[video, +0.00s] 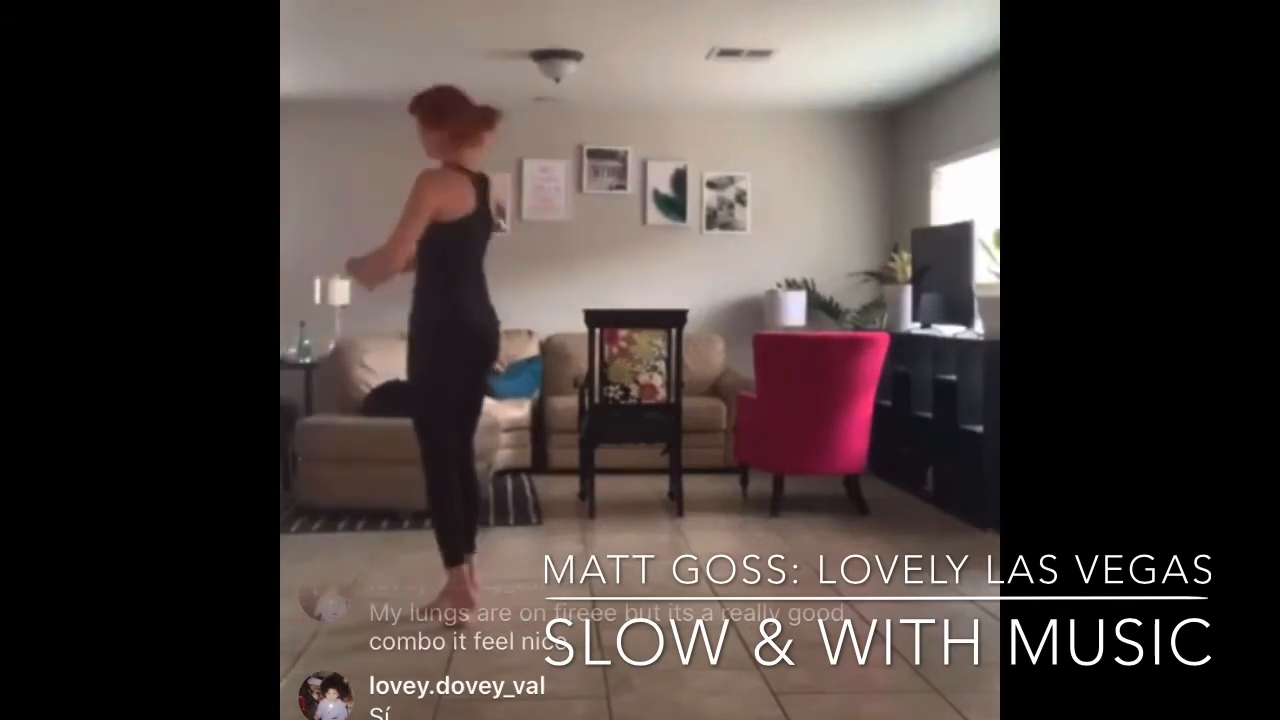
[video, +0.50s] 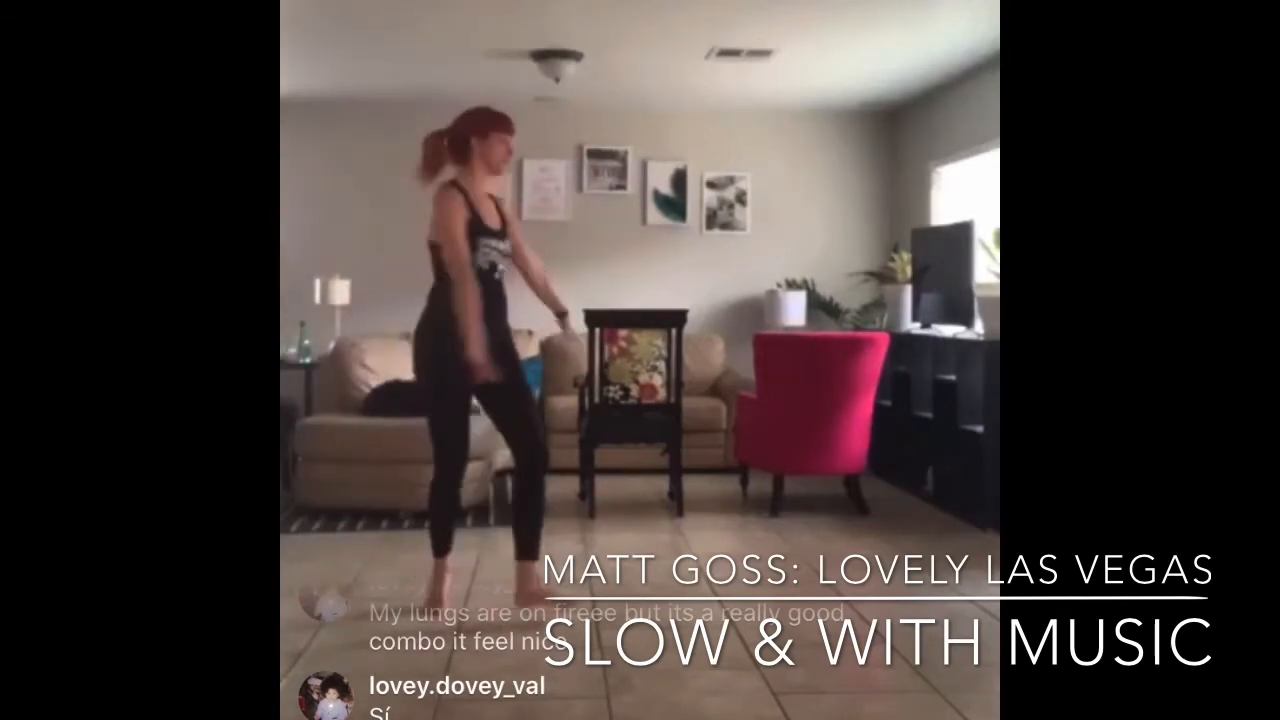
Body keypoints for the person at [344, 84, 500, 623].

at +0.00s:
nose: (421, 139)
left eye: (423, 130)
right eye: (420, 130)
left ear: (439, 130)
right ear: (466, 129)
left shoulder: (435, 183)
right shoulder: (481, 184)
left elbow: (396, 256)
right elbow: (441, 251)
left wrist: (360, 268)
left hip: (443, 333)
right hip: (478, 330)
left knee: (440, 454)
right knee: (456, 451)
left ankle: (459, 583)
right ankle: (464, 575)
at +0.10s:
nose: (422, 135)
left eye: (430, 126)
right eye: (423, 126)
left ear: (458, 131)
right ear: (447, 133)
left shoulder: (475, 183)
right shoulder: (441, 186)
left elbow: (464, 262)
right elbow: (414, 252)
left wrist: (406, 287)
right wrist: (375, 288)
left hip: (465, 331)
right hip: (439, 330)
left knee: (447, 454)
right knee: (443, 454)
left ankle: (476, 575)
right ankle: (462, 571)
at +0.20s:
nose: (446, 135)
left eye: (457, 128)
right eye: (442, 126)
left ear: (479, 136)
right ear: (434, 132)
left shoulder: (494, 192)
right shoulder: (413, 193)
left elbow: (509, 272)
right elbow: (377, 262)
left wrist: (470, 315)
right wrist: (358, 317)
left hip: (480, 333)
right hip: (425, 333)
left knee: (463, 452)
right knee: (437, 453)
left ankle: (478, 576)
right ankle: (450, 568)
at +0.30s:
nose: (478, 143)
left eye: (485, 136)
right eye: (469, 133)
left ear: (493, 144)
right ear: (444, 138)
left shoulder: (499, 196)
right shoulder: (412, 197)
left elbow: (524, 269)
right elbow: (380, 272)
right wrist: (362, 341)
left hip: (488, 336)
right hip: (431, 337)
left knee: (488, 458)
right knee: (437, 457)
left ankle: (485, 575)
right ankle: (444, 568)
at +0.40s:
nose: (498, 151)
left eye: (501, 143)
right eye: (490, 141)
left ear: (496, 149)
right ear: (461, 141)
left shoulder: (497, 203)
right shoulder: (429, 199)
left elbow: (531, 273)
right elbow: (412, 279)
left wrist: (572, 333)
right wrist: (401, 354)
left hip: (489, 345)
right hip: (436, 345)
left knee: (513, 456)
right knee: (443, 461)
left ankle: (508, 577)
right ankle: (442, 572)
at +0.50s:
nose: (510, 148)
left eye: (511, 140)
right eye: (501, 140)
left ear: (499, 149)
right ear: (473, 143)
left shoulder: (498, 204)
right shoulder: (451, 195)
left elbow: (527, 264)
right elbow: (460, 274)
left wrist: (561, 313)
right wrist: (475, 344)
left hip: (492, 331)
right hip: (446, 335)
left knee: (532, 450)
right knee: (451, 461)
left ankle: (529, 582)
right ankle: (441, 576)